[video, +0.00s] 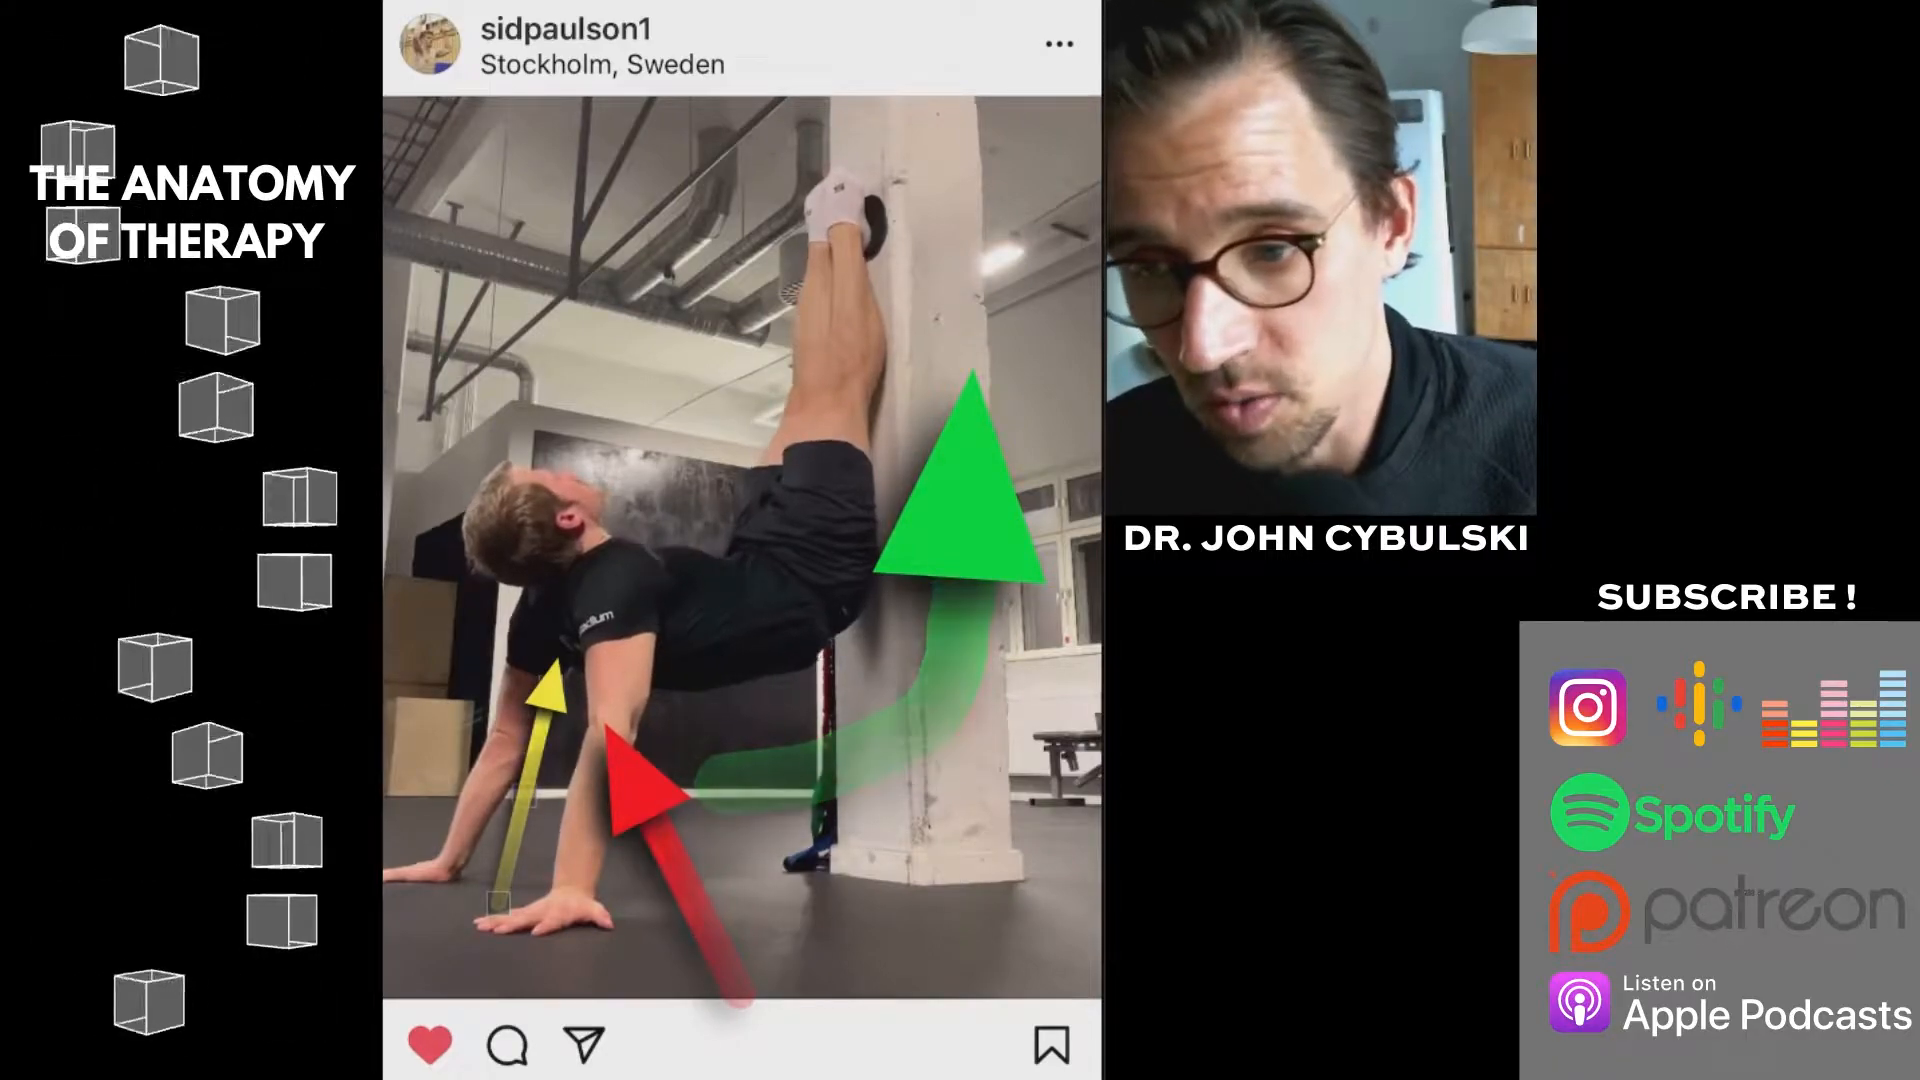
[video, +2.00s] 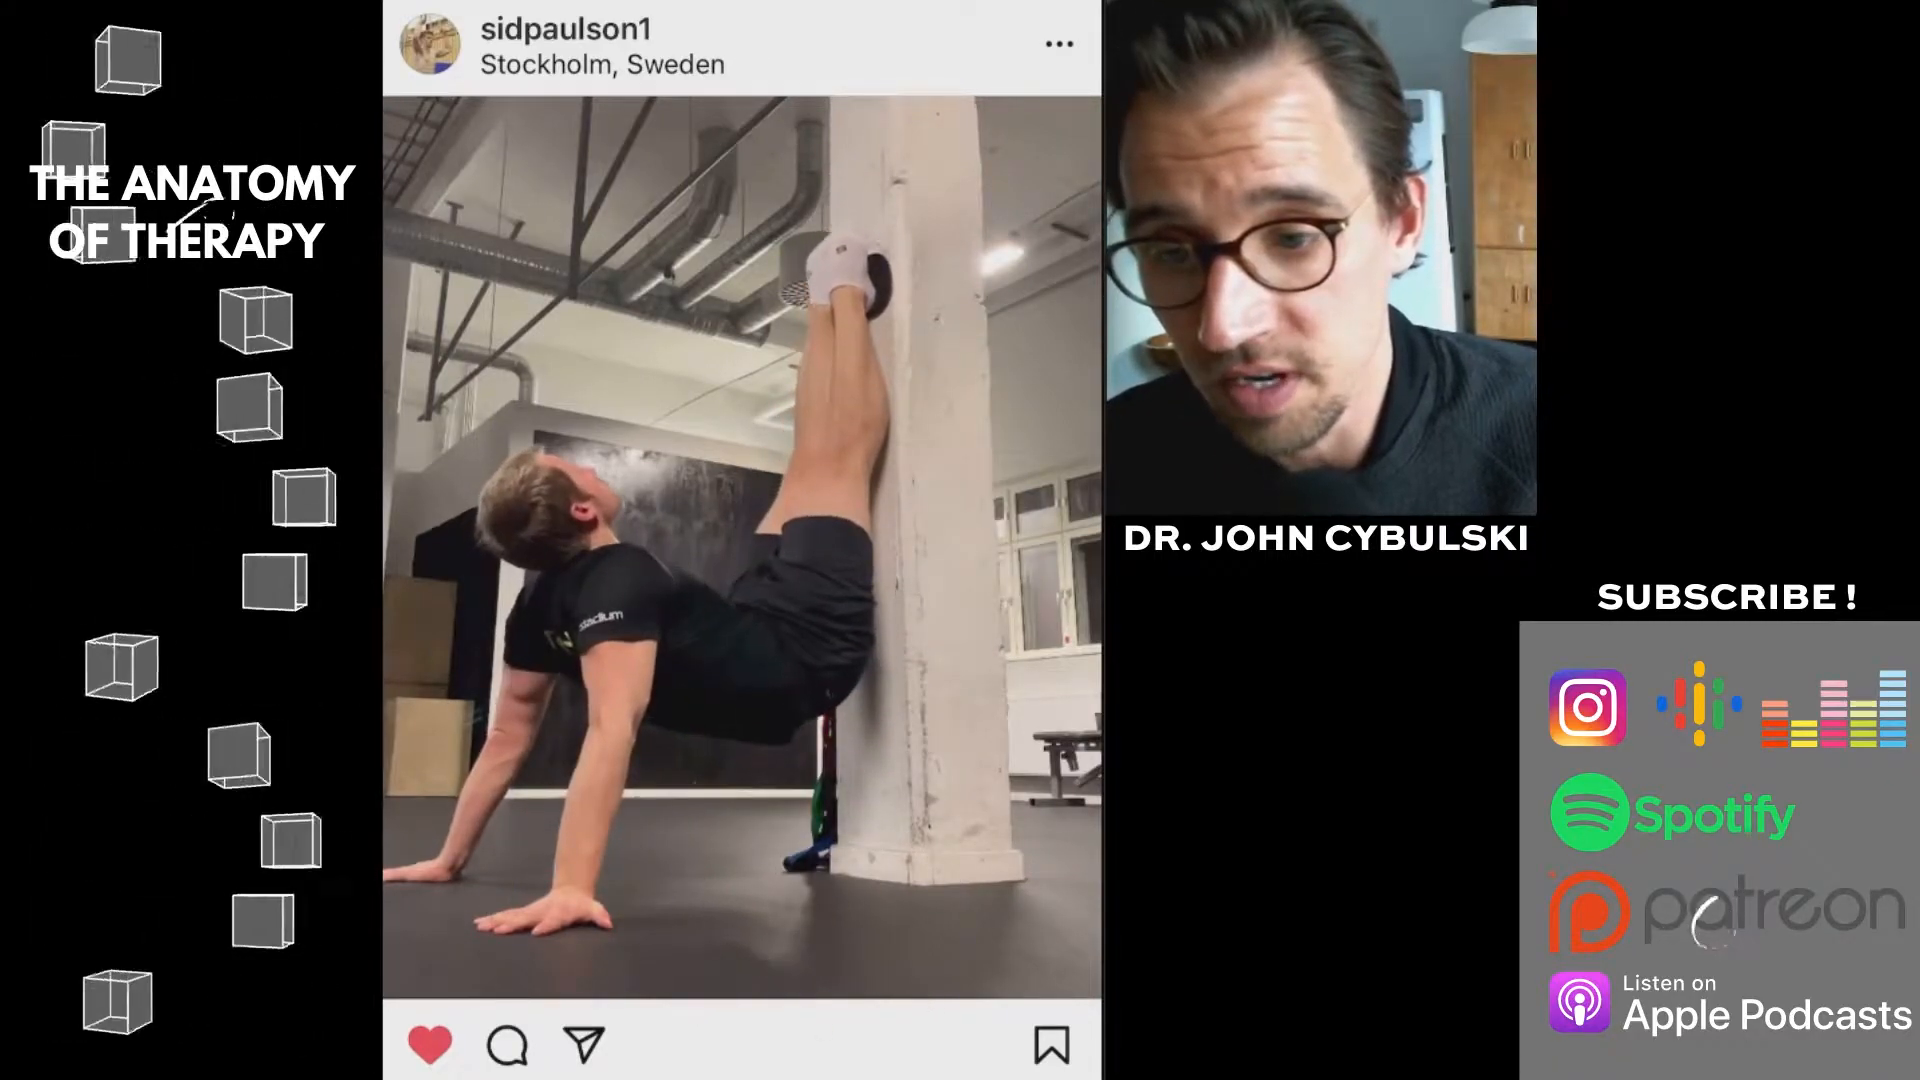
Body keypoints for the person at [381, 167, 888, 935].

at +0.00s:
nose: (567, 474)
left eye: (548, 469)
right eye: (555, 478)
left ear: (546, 544)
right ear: (567, 519)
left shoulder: (541, 603)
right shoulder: (614, 579)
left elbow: (505, 742)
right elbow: (608, 734)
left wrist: (448, 859)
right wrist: (573, 887)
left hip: (763, 579)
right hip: (809, 580)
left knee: (813, 392)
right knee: (838, 385)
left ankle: (828, 239)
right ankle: (843, 231)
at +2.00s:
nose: (589, 468)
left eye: (570, 463)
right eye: (578, 470)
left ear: (533, 546)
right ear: (584, 510)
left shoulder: (535, 608)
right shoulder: (615, 581)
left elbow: (506, 744)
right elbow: (609, 732)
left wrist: (448, 859)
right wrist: (572, 887)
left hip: (758, 666)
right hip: (803, 658)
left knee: (809, 467)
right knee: (846, 453)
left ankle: (826, 305)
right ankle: (845, 296)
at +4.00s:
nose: (616, 465)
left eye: (605, 457)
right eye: (606, 461)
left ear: (541, 525)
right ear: (600, 498)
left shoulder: (532, 606)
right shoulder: (622, 578)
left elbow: (508, 741)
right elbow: (612, 731)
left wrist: (449, 859)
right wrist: (572, 887)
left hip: (719, 763)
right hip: (780, 723)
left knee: (800, 523)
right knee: (838, 514)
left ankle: (826, 362)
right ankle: (848, 362)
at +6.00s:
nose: (624, 457)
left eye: (612, 446)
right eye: (612, 451)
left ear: (541, 504)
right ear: (599, 479)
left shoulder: (527, 605)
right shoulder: (615, 573)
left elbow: (508, 743)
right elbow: (609, 727)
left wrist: (449, 860)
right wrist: (573, 888)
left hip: (694, 789)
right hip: (761, 767)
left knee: (787, 568)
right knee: (822, 559)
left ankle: (826, 403)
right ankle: (846, 397)